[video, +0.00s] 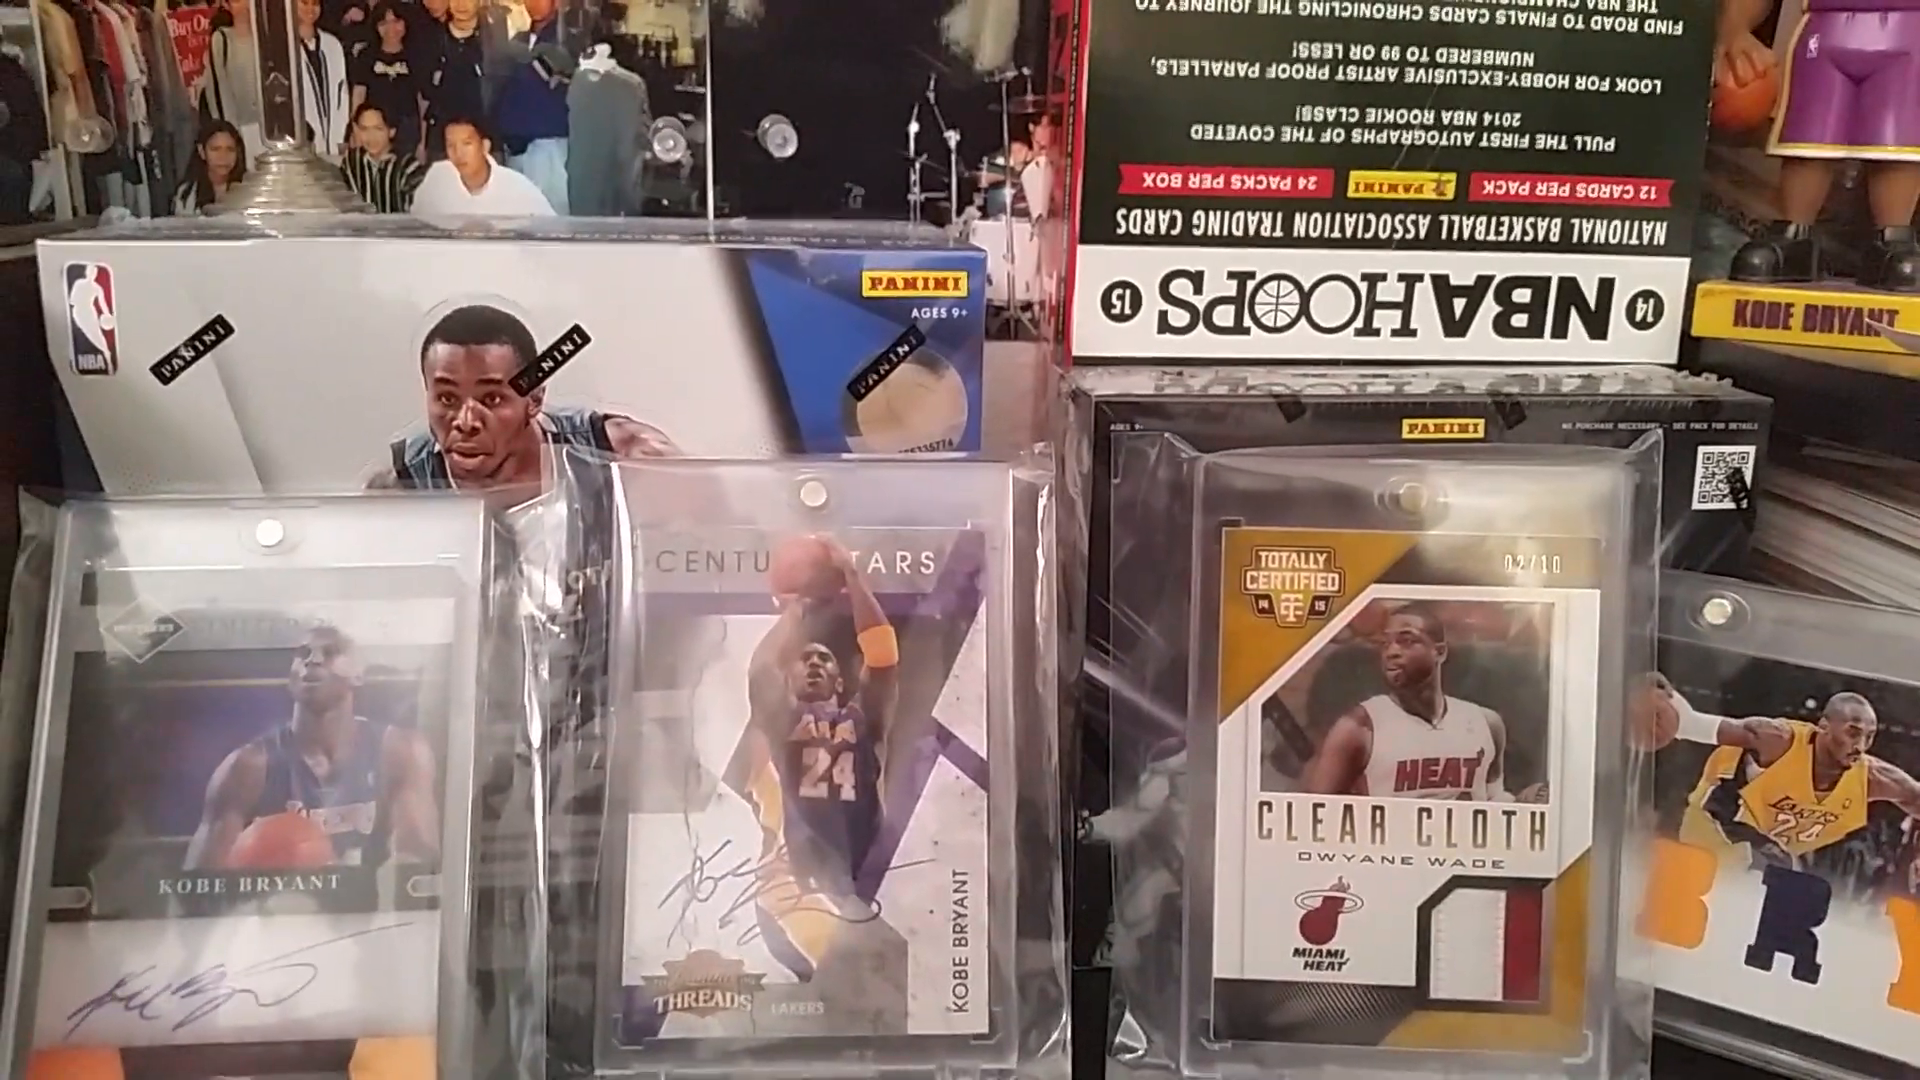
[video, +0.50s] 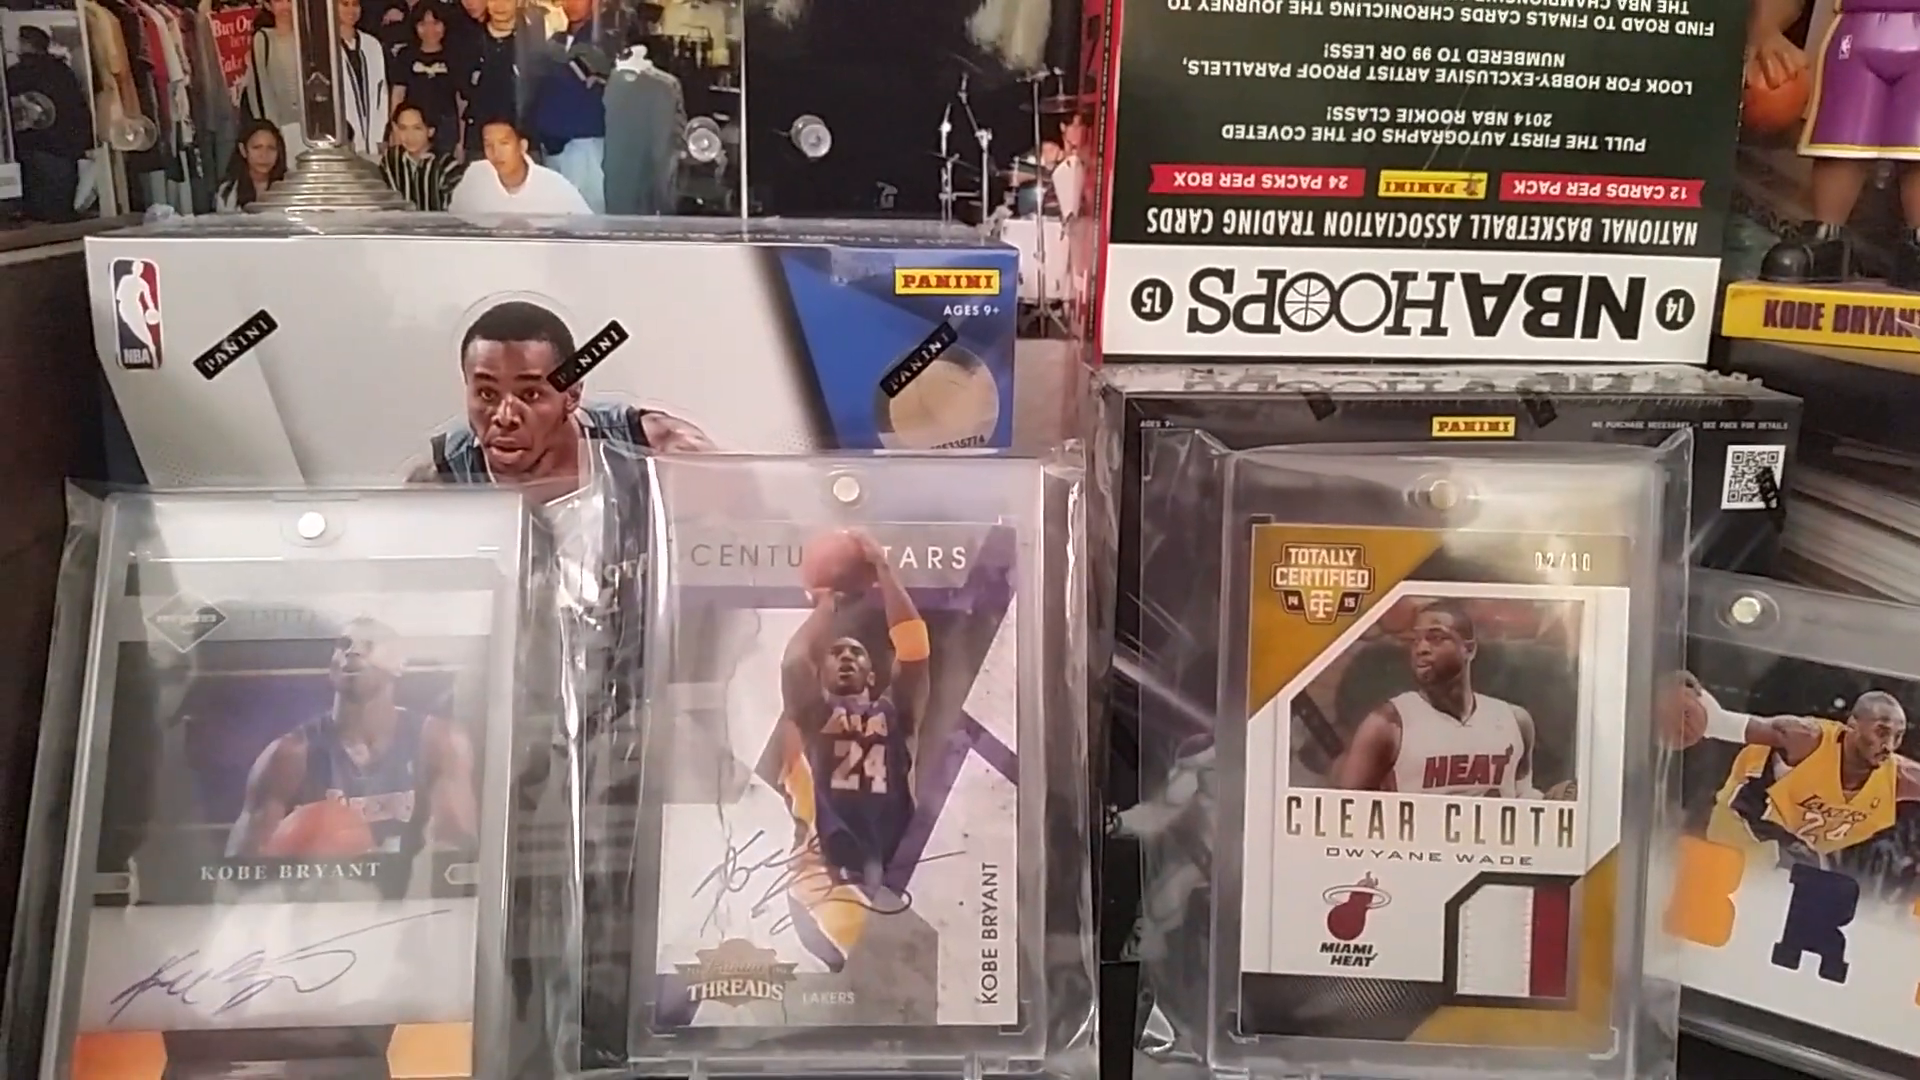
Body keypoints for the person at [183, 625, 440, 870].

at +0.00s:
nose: (312, 663)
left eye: (329, 653)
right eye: (302, 654)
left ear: (358, 672)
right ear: (289, 671)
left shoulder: (403, 752)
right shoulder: (245, 769)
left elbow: (417, 864)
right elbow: (196, 889)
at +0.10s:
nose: (315, 661)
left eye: (332, 652)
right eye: (306, 653)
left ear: (361, 672)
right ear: (293, 670)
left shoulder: (406, 751)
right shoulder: (249, 768)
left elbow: (420, 863)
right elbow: (200, 888)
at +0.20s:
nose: (328, 658)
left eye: (345, 649)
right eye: (319, 649)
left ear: (375, 667)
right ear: (306, 665)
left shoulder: (419, 746)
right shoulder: (261, 764)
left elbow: (432, 856)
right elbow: (214, 880)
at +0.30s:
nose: (333, 656)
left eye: (350, 648)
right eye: (325, 648)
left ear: (380, 666)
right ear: (312, 665)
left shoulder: (425, 745)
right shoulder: (267, 761)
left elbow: (438, 851)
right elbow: (220, 877)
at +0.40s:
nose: (346, 654)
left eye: (363, 646)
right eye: (338, 645)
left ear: (393, 663)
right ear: (325, 661)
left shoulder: (436, 742)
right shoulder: (281, 758)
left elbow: (450, 849)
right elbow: (233, 872)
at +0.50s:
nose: (351, 654)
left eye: (369, 646)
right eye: (343, 645)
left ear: (398, 663)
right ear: (330, 661)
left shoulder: (442, 743)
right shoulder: (286, 757)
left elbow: (455, 849)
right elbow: (238, 869)